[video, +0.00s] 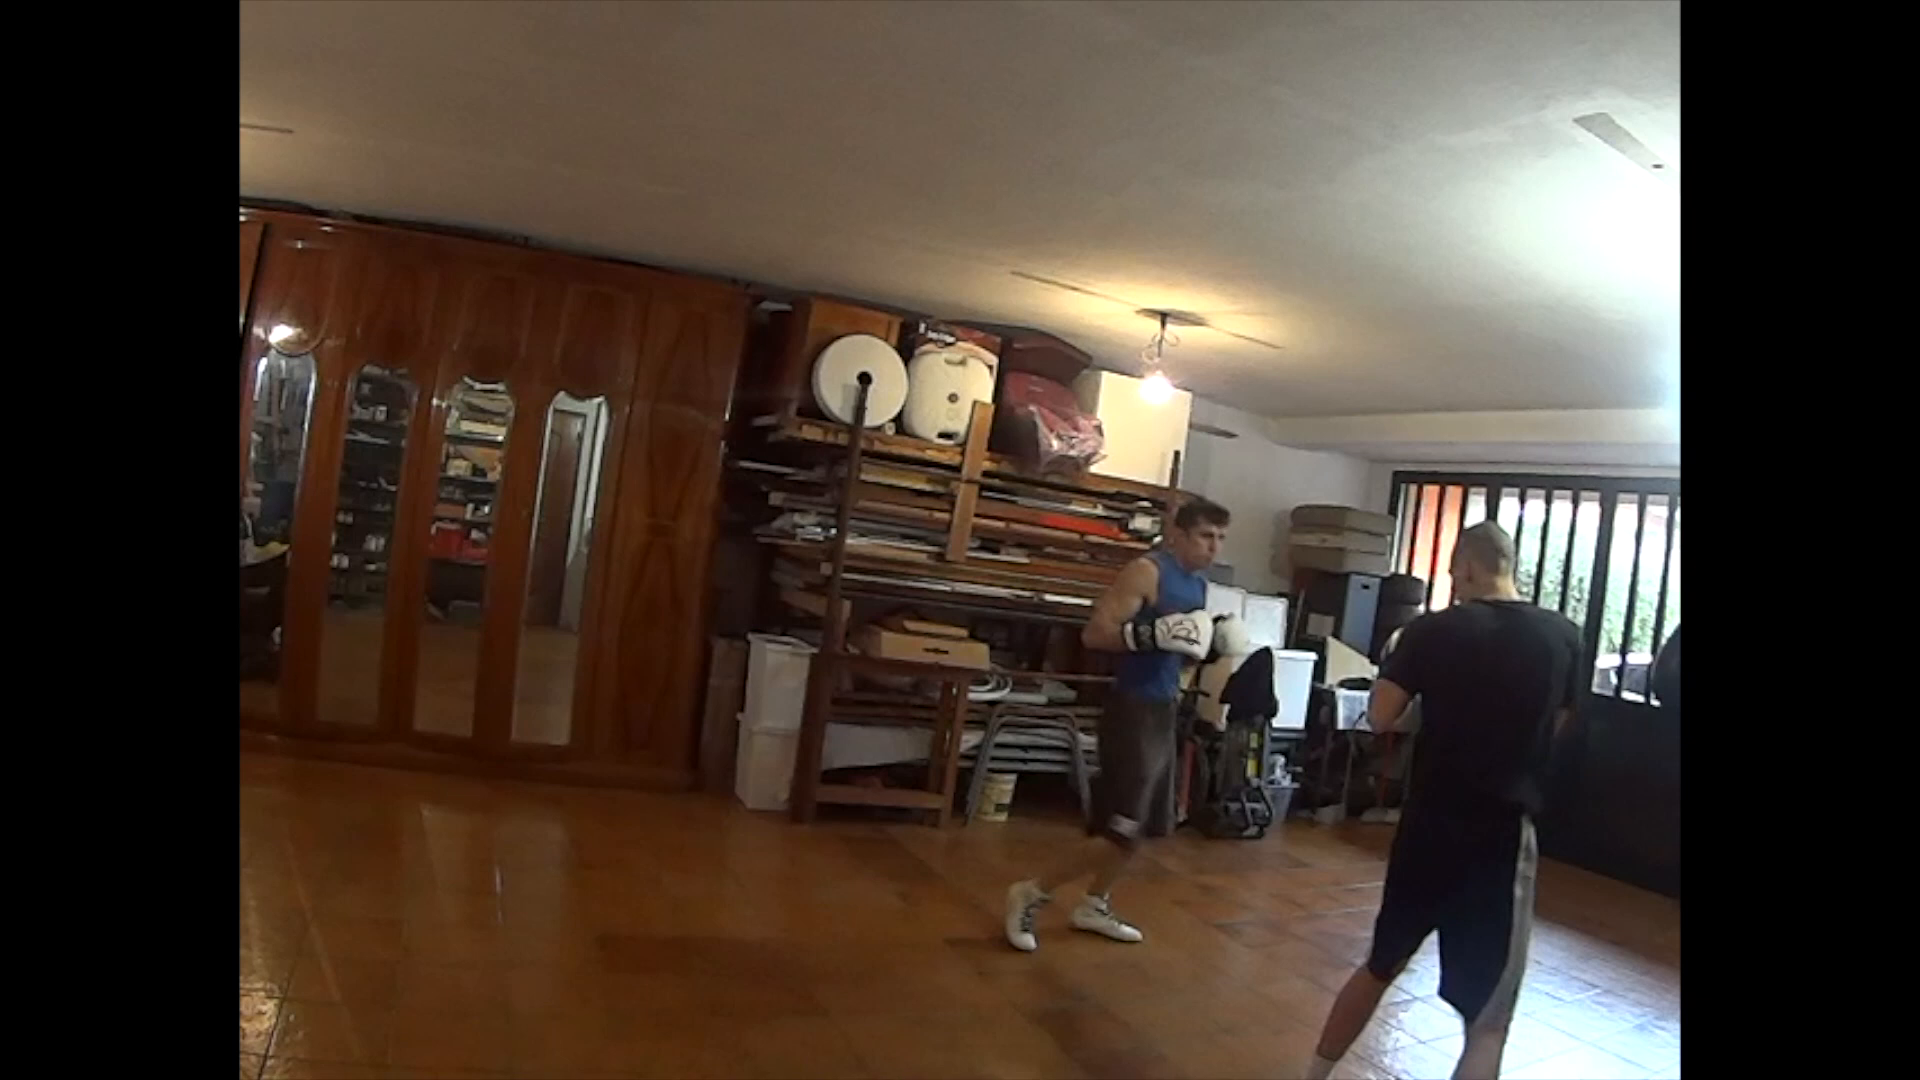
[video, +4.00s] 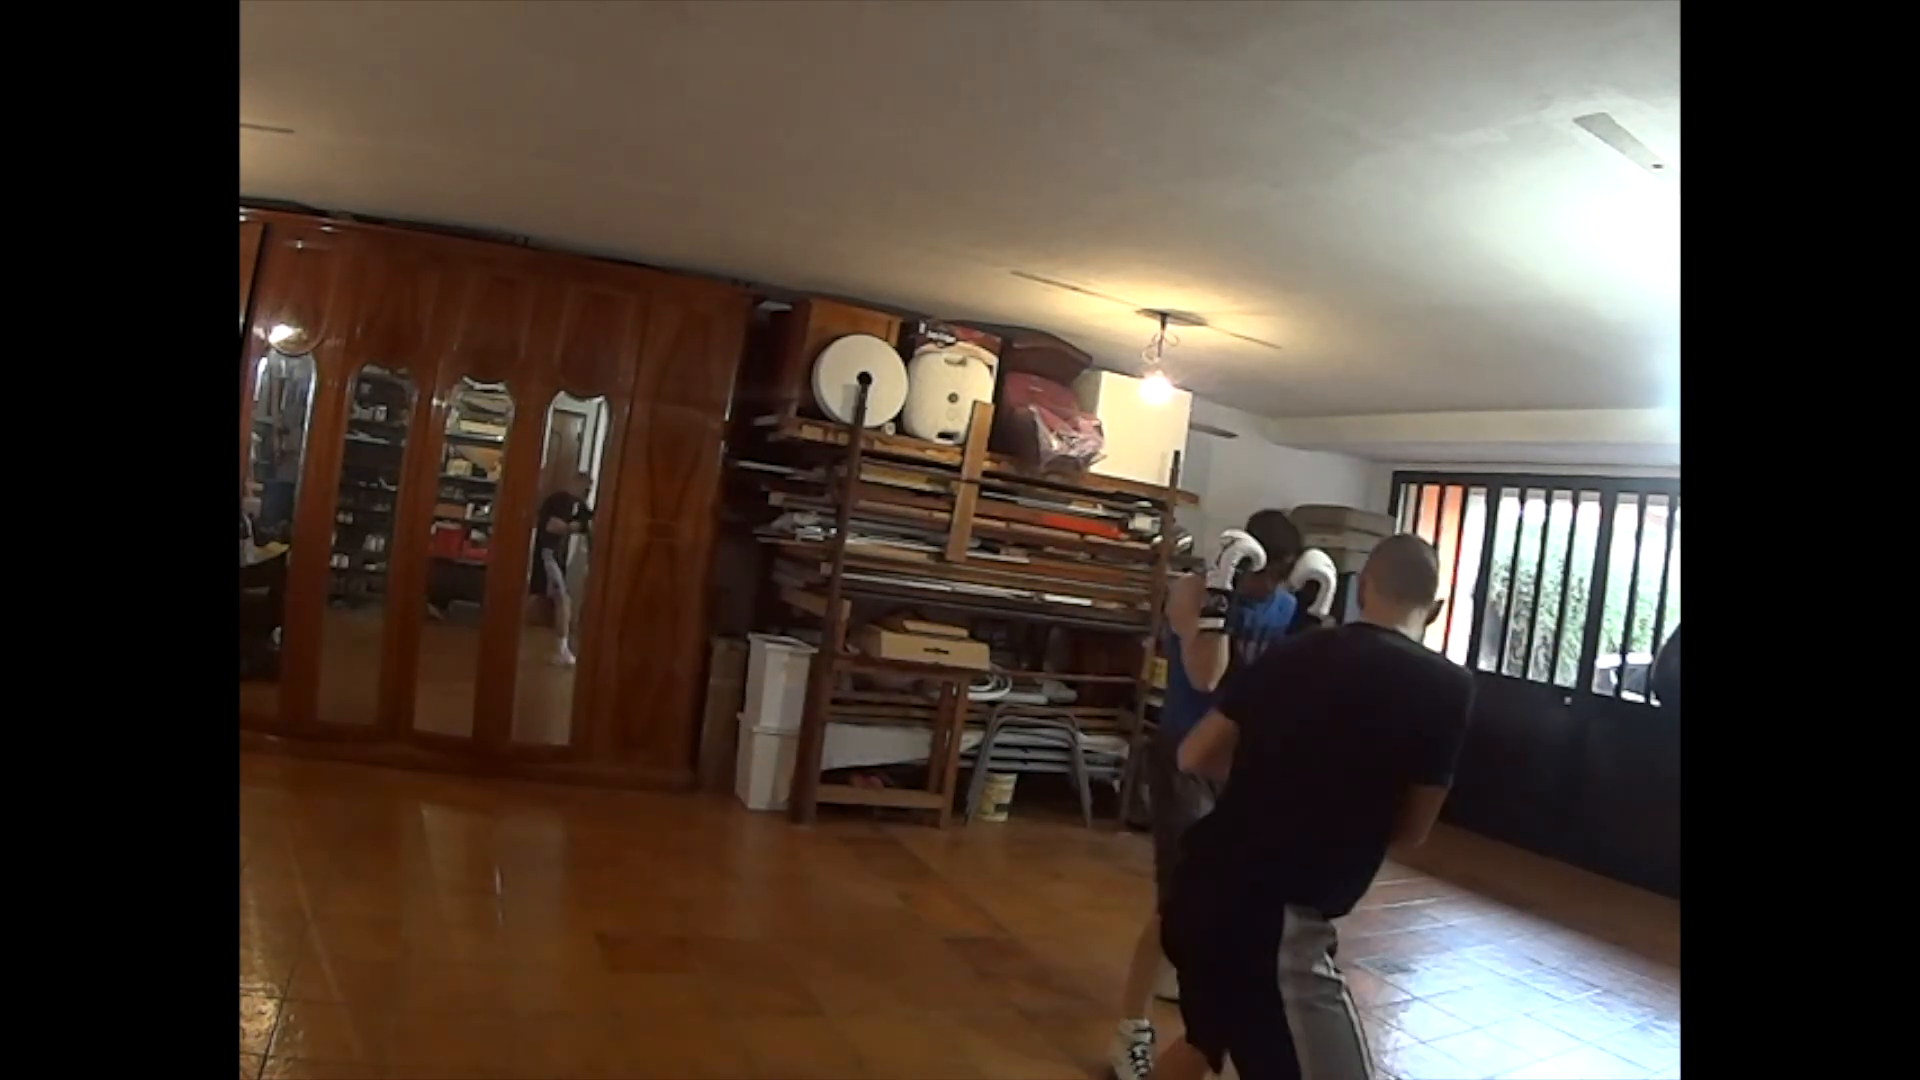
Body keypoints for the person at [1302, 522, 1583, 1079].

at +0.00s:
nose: (1453, 582)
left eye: (1453, 572)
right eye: (1455, 573)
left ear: (1463, 569)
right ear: (1511, 567)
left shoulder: (1434, 629)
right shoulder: (1561, 635)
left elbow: (1381, 715)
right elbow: (1561, 725)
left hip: (1430, 820)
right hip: (1505, 832)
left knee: (1378, 967)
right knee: (1490, 1020)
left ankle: (1315, 1071)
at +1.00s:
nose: (1482, 584)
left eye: (1483, 575)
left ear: (1491, 578)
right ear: (1547, 584)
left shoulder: (1444, 637)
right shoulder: (1580, 659)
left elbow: (1370, 726)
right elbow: (1552, 770)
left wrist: (1423, 709)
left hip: (1405, 835)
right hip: (1484, 858)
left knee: (1346, 982)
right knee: (1486, 1036)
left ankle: (1270, 1070)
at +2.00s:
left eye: (1431, 593)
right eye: (1482, 605)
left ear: (1426, 599)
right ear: (1483, 610)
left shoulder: (1373, 650)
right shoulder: (1482, 678)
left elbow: (1291, 723)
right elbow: (1462, 796)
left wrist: (1339, 756)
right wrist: (1417, 754)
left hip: (1296, 829)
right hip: (1355, 851)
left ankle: (1287, 1041)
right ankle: (1302, 1054)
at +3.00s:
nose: (1372, 567)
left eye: (1372, 558)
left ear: (1375, 560)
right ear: (1441, 570)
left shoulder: (1312, 625)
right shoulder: (1470, 659)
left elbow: (1218, 734)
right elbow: (1430, 795)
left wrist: (1270, 718)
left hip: (1251, 856)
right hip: (1341, 888)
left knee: (1209, 1022)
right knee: (1306, 1064)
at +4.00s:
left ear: (1361, 587)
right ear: (1433, 607)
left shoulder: (1295, 651)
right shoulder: (1445, 686)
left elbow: (1196, 754)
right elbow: (1409, 834)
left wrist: (1263, 781)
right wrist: (1342, 797)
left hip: (1207, 889)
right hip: (1286, 925)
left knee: (1201, 1041)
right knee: (1335, 1072)